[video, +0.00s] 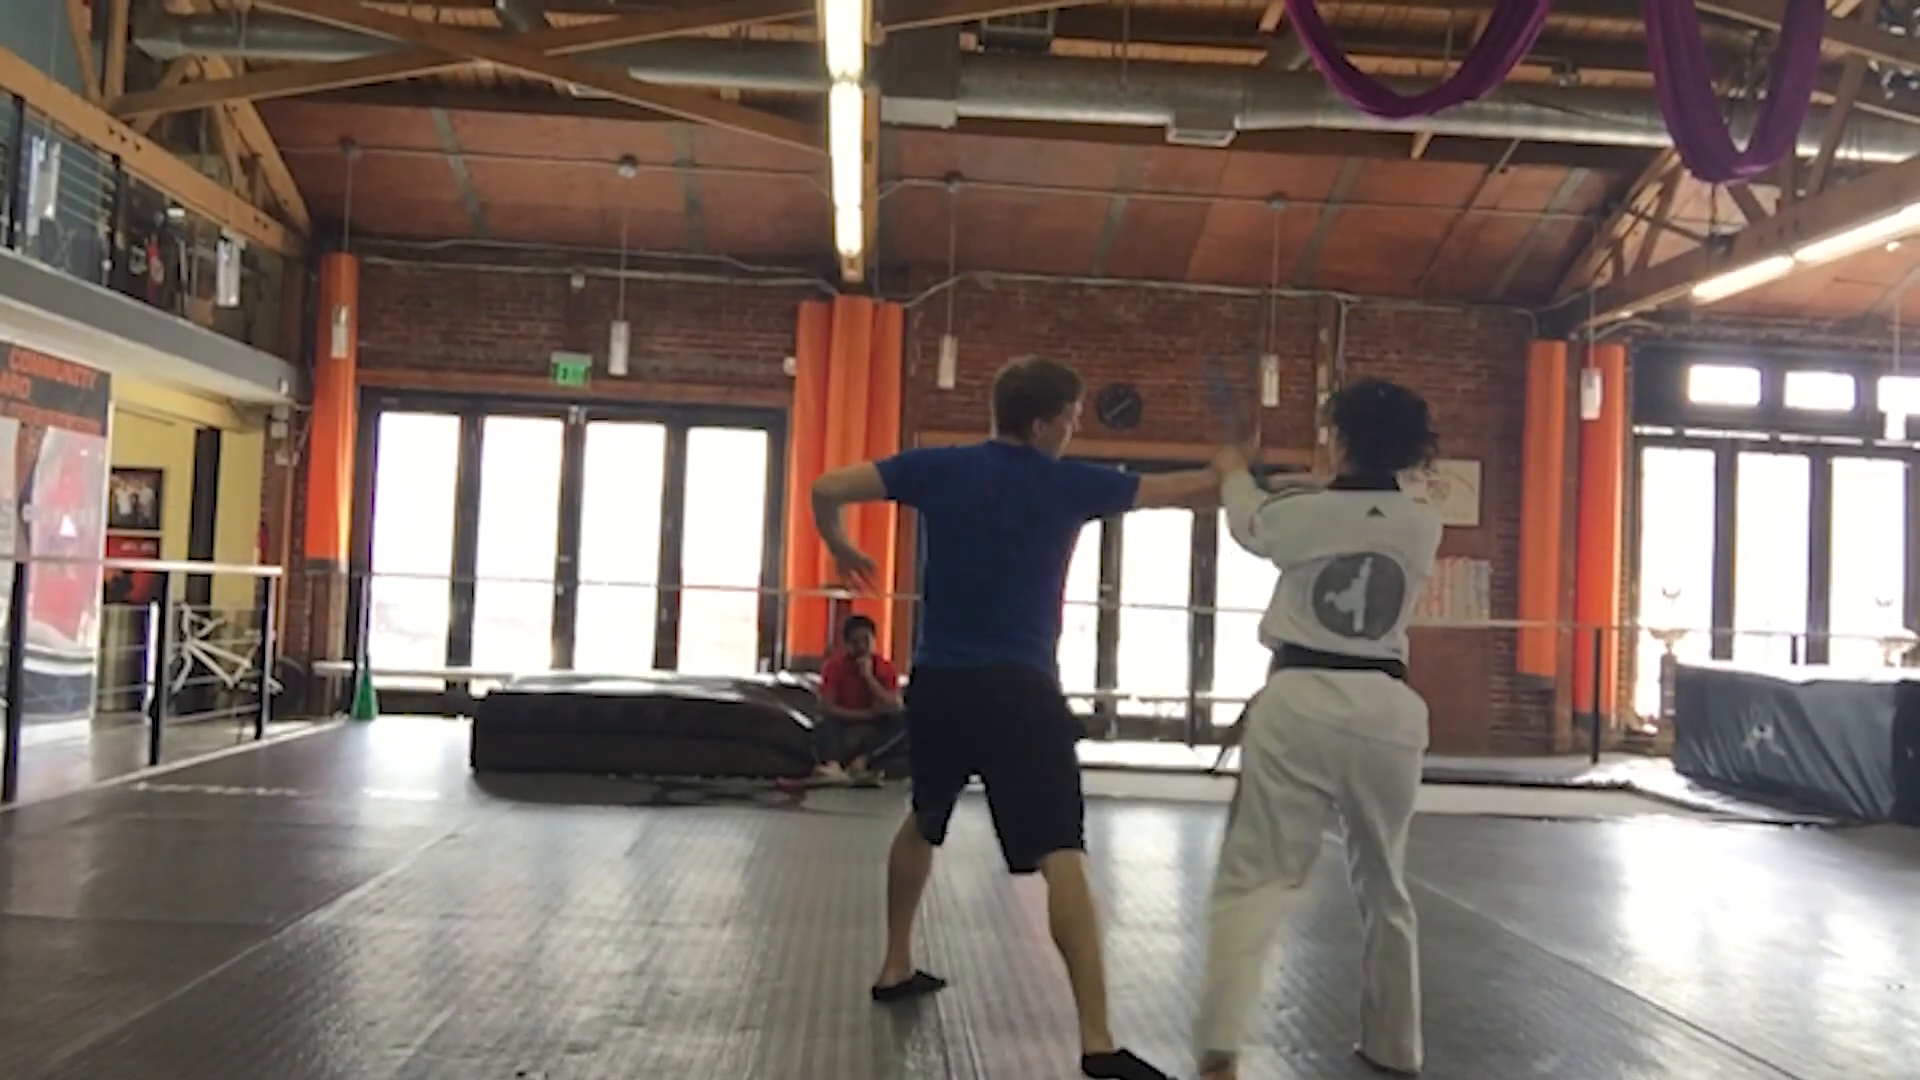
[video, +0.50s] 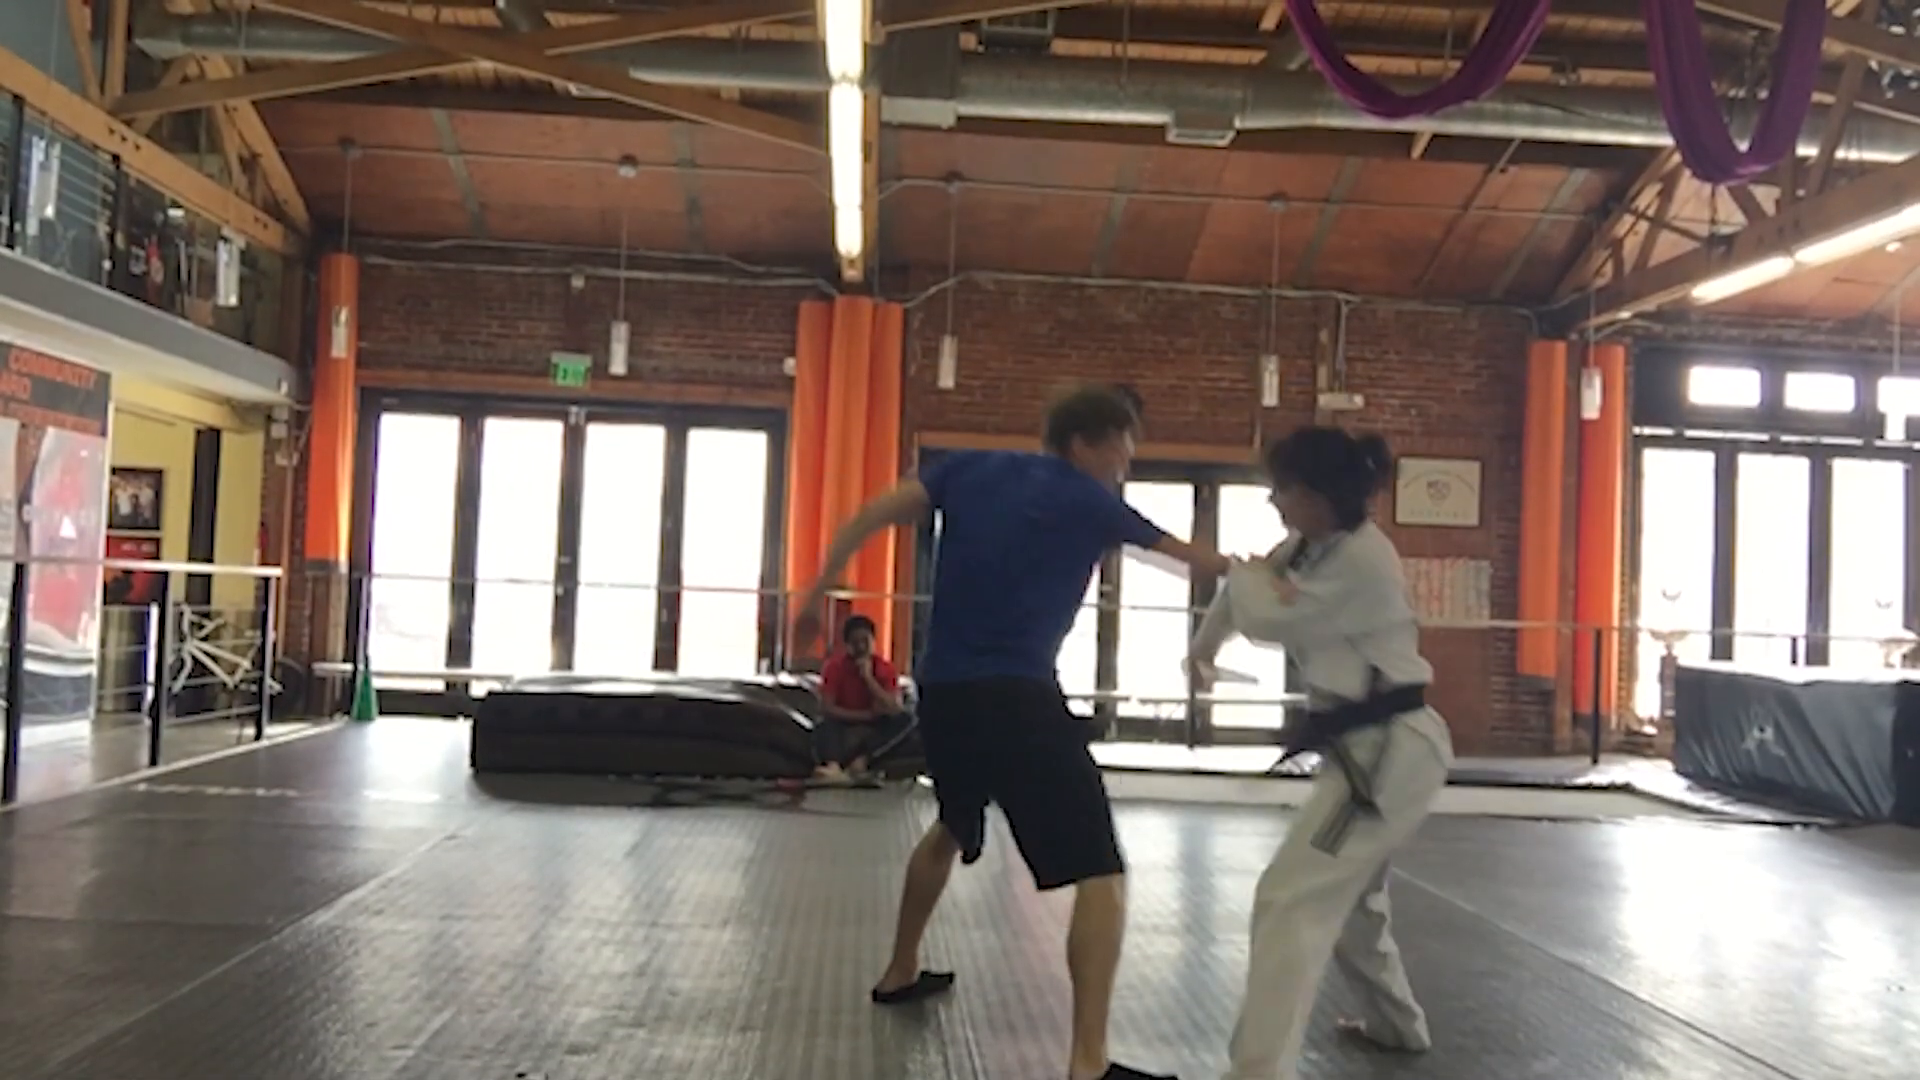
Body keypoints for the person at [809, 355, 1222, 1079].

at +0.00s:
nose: (1073, 430)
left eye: (1074, 420)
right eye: (1071, 419)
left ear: (998, 415)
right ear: (1052, 421)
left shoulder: (941, 467)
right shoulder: (1067, 483)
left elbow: (829, 487)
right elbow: (1178, 488)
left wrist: (839, 549)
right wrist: (1241, 468)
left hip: (937, 686)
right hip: (1023, 692)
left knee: (922, 819)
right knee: (1064, 859)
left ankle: (894, 967)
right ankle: (1098, 1045)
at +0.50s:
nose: (1127, 470)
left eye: (1129, 458)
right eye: (1124, 455)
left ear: (1054, 441)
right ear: (1087, 443)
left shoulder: (970, 470)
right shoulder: (1093, 501)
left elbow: (874, 511)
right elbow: (1193, 560)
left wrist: (814, 589)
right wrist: (1247, 571)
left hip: (943, 694)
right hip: (1021, 698)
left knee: (950, 825)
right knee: (1101, 872)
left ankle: (899, 972)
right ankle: (1090, 1061)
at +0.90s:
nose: (1144, 446)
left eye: (1145, 433)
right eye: (1142, 433)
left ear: (1073, 421)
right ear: (1120, 436)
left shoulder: (1005, 450)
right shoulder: (1115, 502)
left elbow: (892, 442)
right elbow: (1205, 559)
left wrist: (883, 496)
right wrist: (1260, 571)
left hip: (942, 682)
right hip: (1027, 694)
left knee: (930, 818)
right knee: (1080, 871)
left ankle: (897, 970)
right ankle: (1095, 1049)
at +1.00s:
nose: (1141, 413)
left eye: (1139, 403)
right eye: (1138, 405)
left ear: (1064, 406)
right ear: (1125, 415)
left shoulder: (1020, 449)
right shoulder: (1135, 492)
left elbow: (929, 416)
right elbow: (1215, 562)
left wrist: (857, 392)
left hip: (951, 662)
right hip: (1035, 681)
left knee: (925, 807)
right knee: (1082, 864)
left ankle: (900, 962)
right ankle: (1119, 1037)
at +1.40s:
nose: (1153, 476)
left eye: (1159, 465)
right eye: (1154, 462)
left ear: (1099, 433)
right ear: (1125, 440)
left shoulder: (1017, 455)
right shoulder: (1124, 510)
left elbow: (918, 451)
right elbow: (1201, 596)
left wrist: (887, 468)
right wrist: (1266, 641)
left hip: (968, 690)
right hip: (1054, 706)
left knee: (944, 817)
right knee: (1108, 875)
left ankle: (901, 969)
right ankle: (1107, 1058)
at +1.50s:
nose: (1146, 481)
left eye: (1153, 470)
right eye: (1150, 466)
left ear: (1094, 430)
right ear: (1126, 440)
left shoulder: (1014, 457)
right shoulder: (1122, 506)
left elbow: (908, 500)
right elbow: (1204, 614)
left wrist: (903, 568)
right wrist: (1202, 660)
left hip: (971, 688)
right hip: (1056, 702)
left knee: (952, 818)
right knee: (1111, 872)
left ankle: (906, 969)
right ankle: (1113, 1060)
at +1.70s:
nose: (1134, 446)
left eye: (1137, 435)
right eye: (1136, 434)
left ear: (1066, 415)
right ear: (1118, 428)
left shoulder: (1007, 455)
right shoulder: (1128, 501)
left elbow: (903, 488)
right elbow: (1203, 547)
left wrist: (803, 523)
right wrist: (1194, 571)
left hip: (986, 686)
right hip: (1074, 698)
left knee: (977, 804)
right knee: (1108, 879)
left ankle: (951, 951)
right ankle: (1123, 1062)